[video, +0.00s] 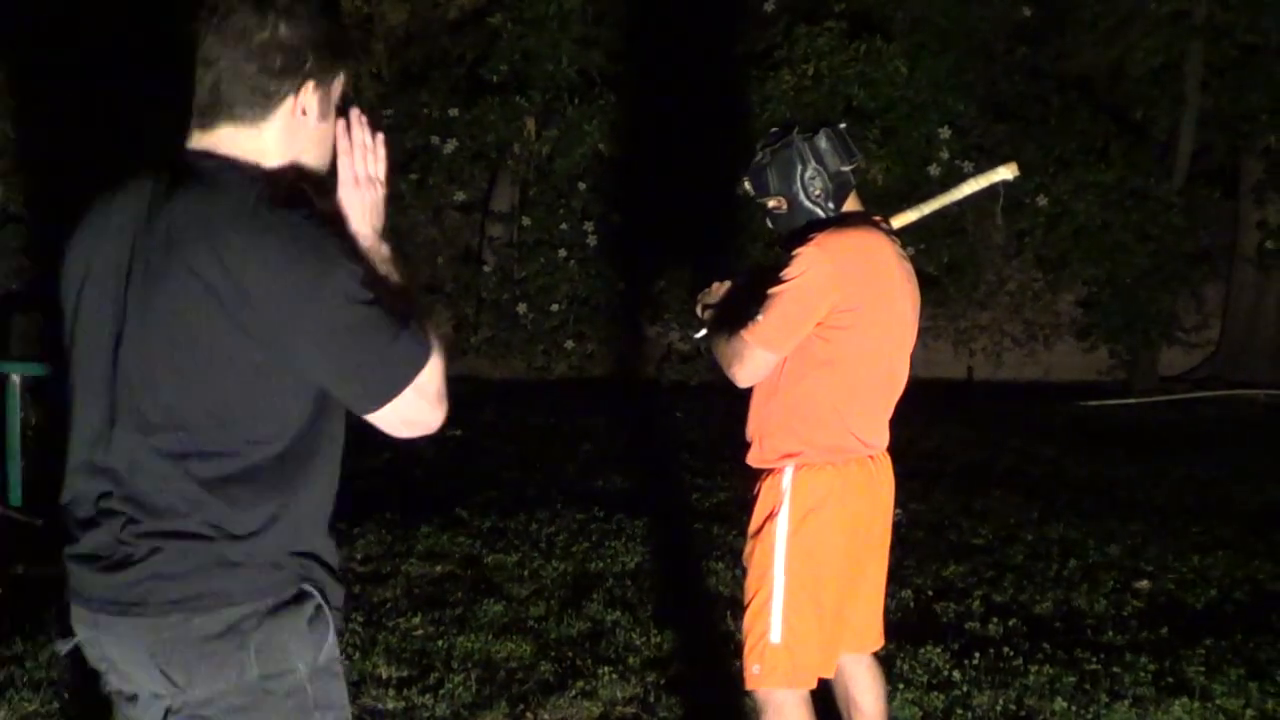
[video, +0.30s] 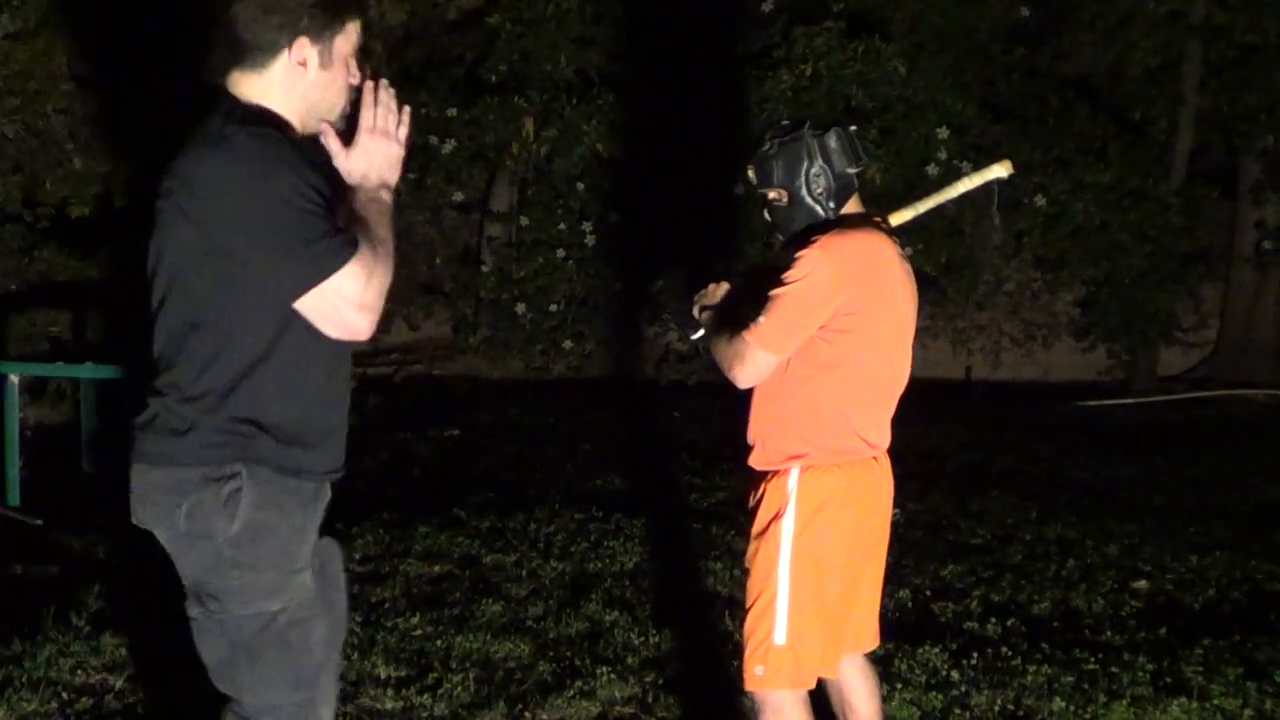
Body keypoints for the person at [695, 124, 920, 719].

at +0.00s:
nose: (772, 214)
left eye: (774, 200)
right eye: (768, 201)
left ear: (798, 195)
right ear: (839, 184)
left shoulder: (825, 259)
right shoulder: (892, 260)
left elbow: (744, 365)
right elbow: (821, 341)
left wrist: (715, 320)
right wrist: (752, 302)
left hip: (806, 485)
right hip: (867, 481)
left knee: (776, 678)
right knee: (850, 652)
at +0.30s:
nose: (773, 212)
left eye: (778, 197)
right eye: (768, 199)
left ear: (810, 188)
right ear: (838, 184)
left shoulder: (831, 259)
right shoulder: (887, 258)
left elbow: (745, 365)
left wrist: (712, 320)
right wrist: (746, 304)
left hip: (809, 486)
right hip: (862, 482)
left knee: (775, 681)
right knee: (844, 657)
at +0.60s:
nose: (775, 200)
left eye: (783, 187)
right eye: (773, 187)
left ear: (821, 185)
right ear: (843, 182)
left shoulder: (836, 262)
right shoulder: (883, 258)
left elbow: (746, 366)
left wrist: (711, 324)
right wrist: (738, 310)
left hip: (817, 488)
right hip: (861, 483)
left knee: (779, 682)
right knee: (834, 666)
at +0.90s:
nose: (764, 201)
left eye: (770, 191)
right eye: (765, 189)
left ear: (791, 199)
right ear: (846, 197)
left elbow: (697, 309)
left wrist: (765, 277)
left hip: (804, 500)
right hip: (871, 494)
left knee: (727, 679)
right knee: (819, 665)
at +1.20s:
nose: (693, 211)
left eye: (700, 199)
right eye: (695, 197)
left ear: (727, 207)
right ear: (771, 206)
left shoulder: (748, 290)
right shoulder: (799, 283)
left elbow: (642, 384)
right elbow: (684, 344)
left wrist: (593, 338)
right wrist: (618, 305)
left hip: (756, 513)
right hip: (804, 504)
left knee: (649, 678)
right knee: (787, 680)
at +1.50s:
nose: (683, 221)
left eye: (689, 209)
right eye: (685, 207)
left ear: (714, 219)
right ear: (759, 211)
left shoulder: (735, 308)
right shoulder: (801, 276)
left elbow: (660, 423)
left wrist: (599, 426)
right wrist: (607, 394)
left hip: (778, 504)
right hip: (842, 492)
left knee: (678, 672)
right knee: (781, 652)